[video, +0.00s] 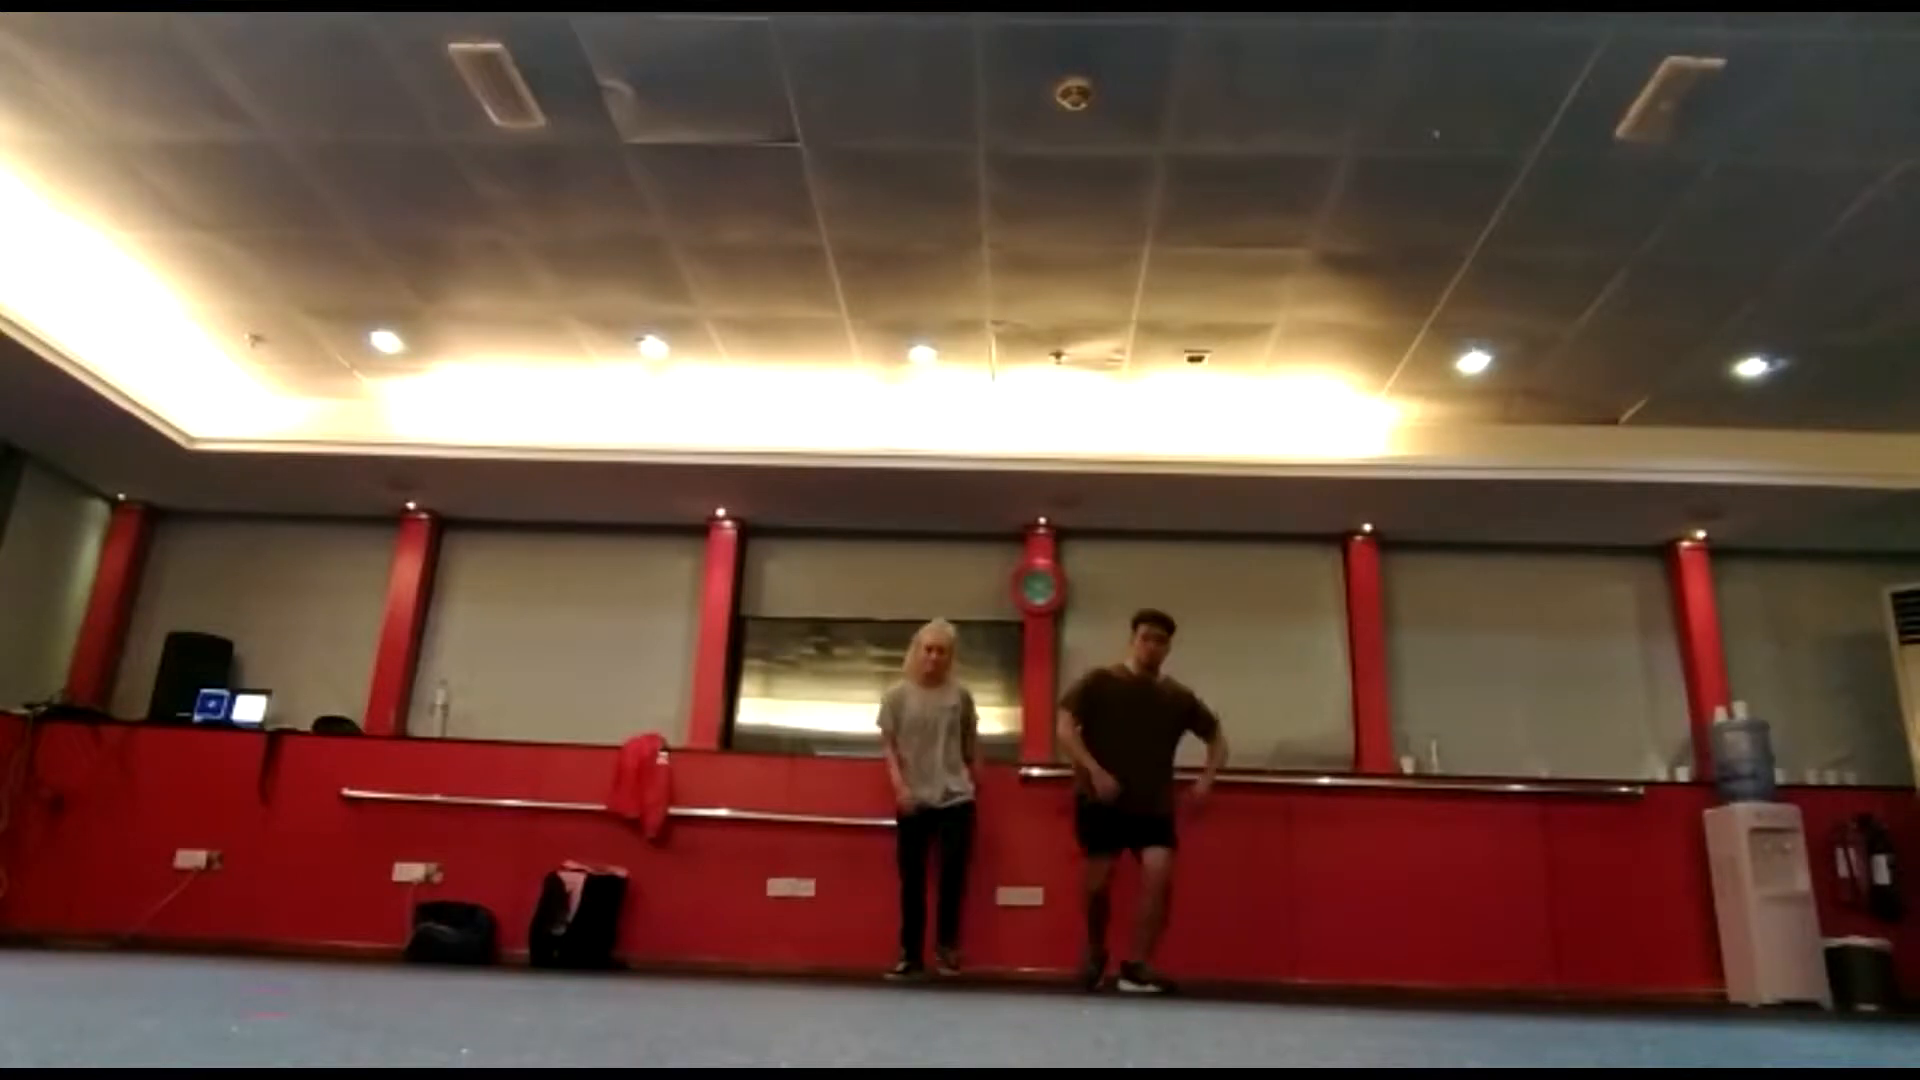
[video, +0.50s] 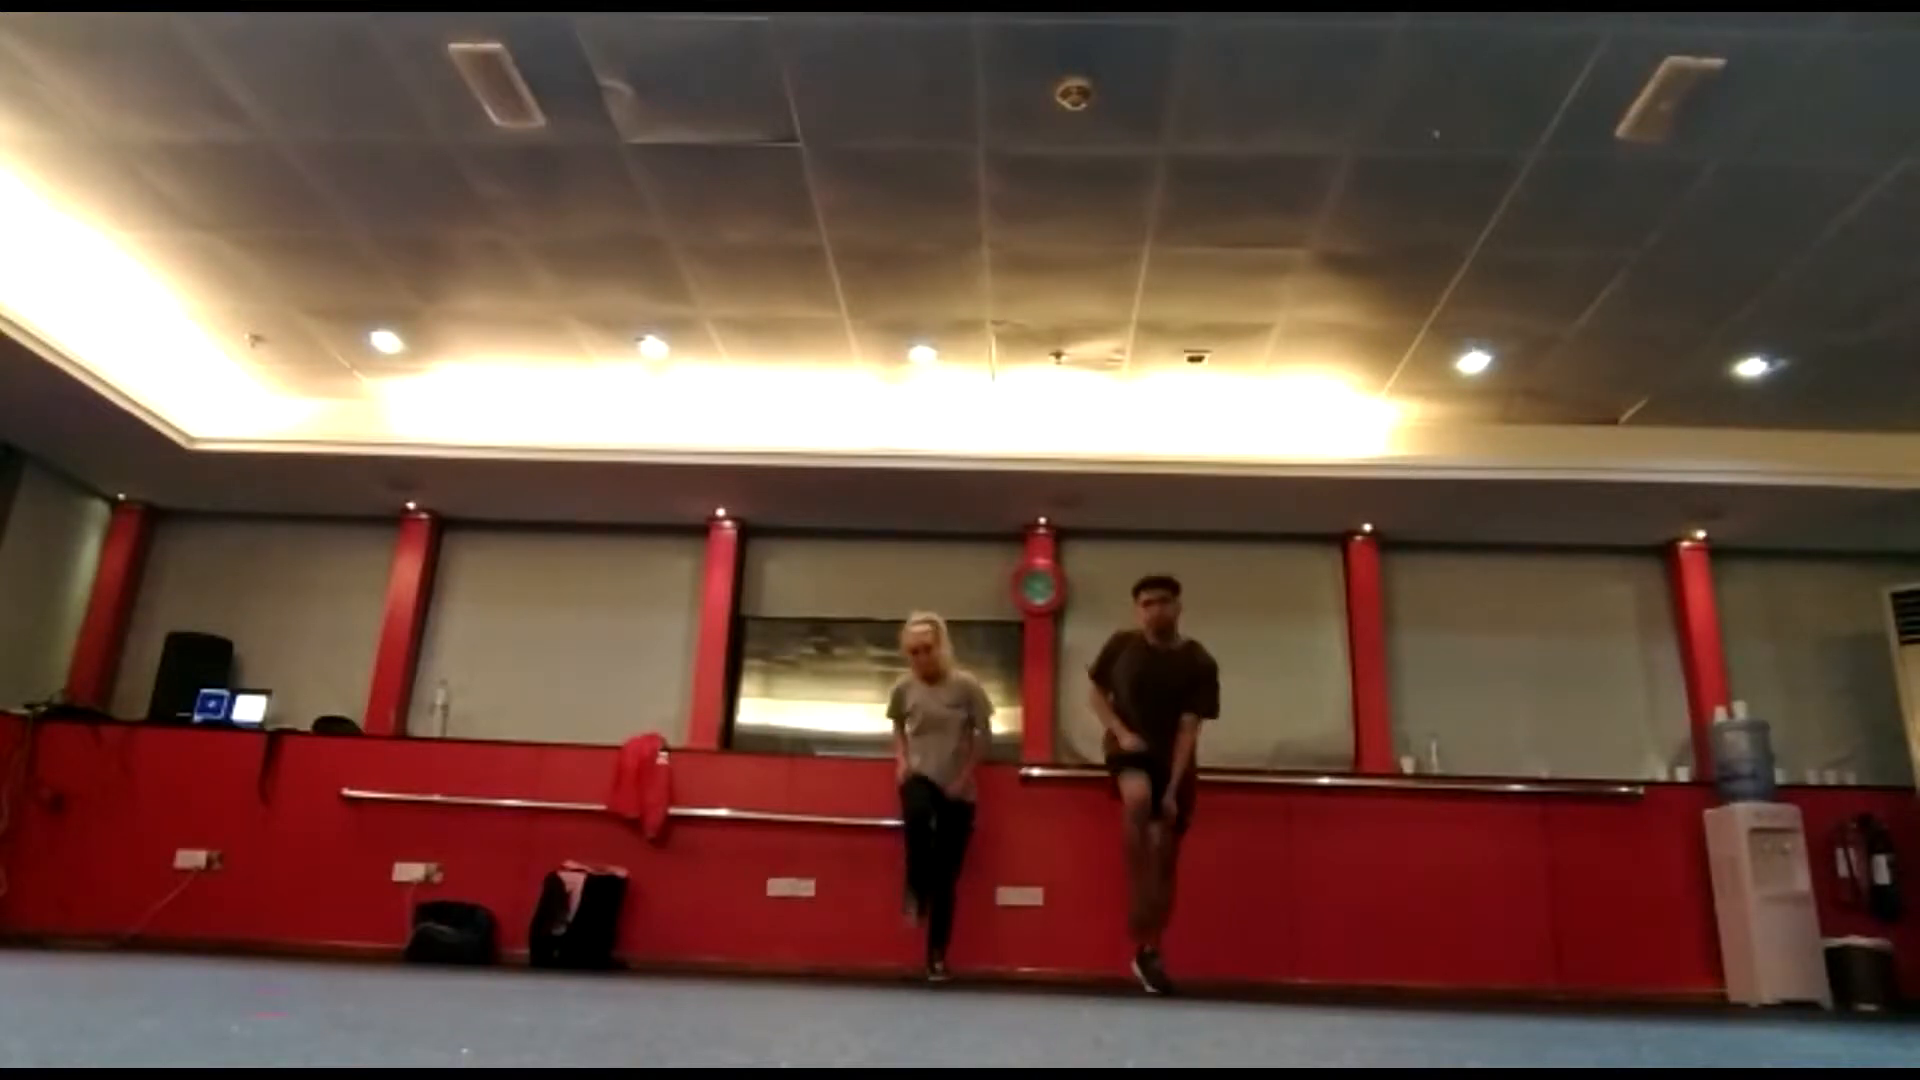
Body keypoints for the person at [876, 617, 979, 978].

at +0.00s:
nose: (934, 657)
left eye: (941, 651)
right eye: (928, 649)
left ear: (951, 656)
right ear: (916, 651)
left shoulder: (960, 697)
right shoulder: (896, 697)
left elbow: (970, 742)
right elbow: (888, 745)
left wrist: (973, 773)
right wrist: (900, 787)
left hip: (956, 797)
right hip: (915, 798)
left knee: (953, 878)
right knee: (912, 879)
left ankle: (947, 949)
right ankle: (910, 953)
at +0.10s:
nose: (944, 672)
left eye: (952, 665)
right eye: (938, 663)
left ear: (961, 670)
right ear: (925, 663)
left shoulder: (964, 711)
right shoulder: (905, 703)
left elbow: (973, 759)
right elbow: (889, 749)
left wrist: (979, 797)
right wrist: (899, 798)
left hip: (955, 812)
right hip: (916, 811)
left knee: (941, 889)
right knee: (914, 887)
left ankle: (938, 957)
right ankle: (912, 956)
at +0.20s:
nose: (950, 681)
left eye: (957, 675)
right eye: (944, 673)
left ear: (967, 679)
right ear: (932, 674)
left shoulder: (969, 723)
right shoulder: (909, 711)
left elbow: (976, 768)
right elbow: (891, 752)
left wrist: (974, 806)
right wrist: (898, 801)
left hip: (953, 822)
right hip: (915, 819)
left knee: (941, 895)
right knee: (912, 893)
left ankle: (936, 959)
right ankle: (910, 956)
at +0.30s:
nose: (947, 683)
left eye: (954, 675)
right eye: (941, 675)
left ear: (966, 680)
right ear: (929, 677)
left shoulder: (971, 725)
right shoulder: (912, 711)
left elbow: (978, 772)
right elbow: (893, 749)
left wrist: (966, 806)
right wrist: (899, 791)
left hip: (953, 815)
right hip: (918, 807)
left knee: (943, 892)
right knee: (916, 829)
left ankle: (936, 960)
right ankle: (911, 891)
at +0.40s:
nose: (937, 667)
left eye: (943, 659)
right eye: (930, 660)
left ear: (956, 661)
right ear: (921, 663)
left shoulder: (971, 708)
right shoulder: (910, 697)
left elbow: (980, 757)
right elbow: (894, 731)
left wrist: (963, 793)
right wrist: (900, 771)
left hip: (953, 801)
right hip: (917, 791)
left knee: (943, 884)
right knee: (919, 809)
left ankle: (937, 957)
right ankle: (913, 861)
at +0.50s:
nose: (921, 658)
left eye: (927, 649)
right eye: (914, 651)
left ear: (941, 647)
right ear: (906, 654)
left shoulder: (967, 688)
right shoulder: (903, 691)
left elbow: (982, 738)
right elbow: (898, 728)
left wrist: (965, 777)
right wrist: (902, 760)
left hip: (955, 786)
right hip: (918, 779)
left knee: (945, 874)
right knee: (917, 817)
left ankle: (937, 955)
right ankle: (917, 890)